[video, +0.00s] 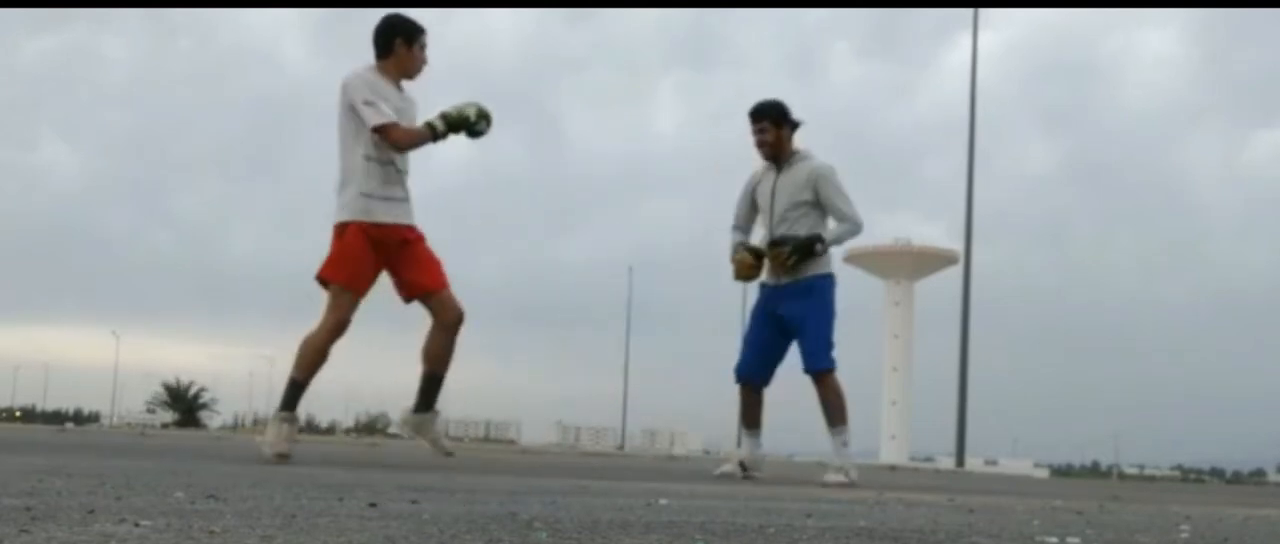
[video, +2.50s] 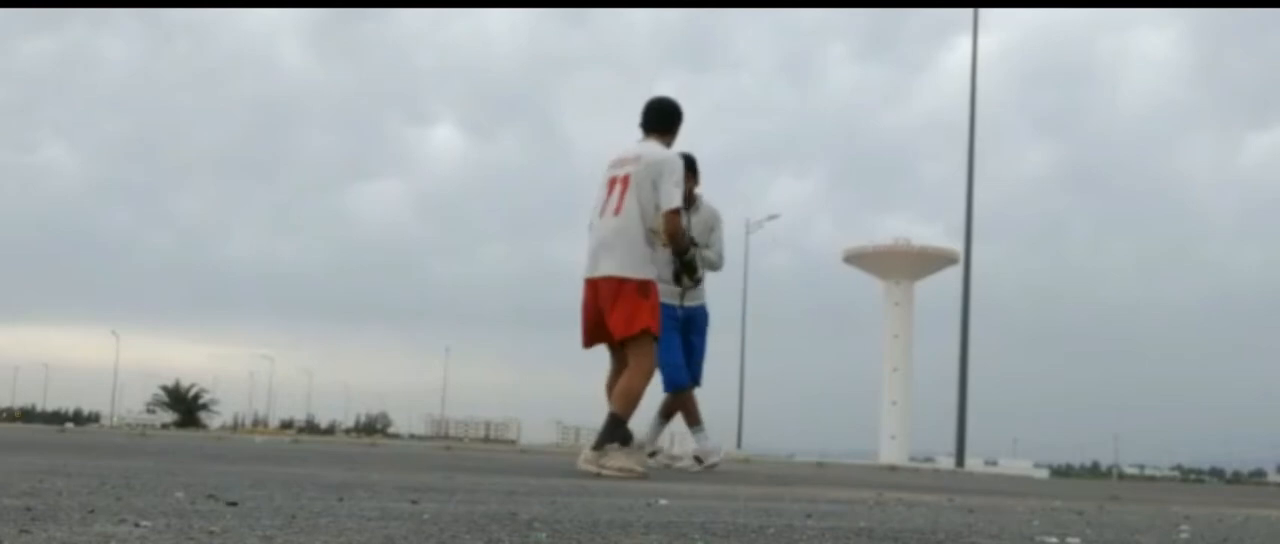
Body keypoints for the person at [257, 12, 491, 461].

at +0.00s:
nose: (425, 58)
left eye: (425, 50)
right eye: (421, 48)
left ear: (401, 49)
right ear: (399, 47)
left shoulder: (406, 100)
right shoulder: (360, 83)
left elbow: (401, 146)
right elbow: (396, 138)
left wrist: (449, 128)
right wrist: (443, 125)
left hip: (400, 226)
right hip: (360, 223)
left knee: (450, 315)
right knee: (335, 321)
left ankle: (422, 416)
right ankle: (284, 417)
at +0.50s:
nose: (544, 89)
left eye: (544, 81)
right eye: (540, 80)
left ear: (522, 80)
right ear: (520, 79)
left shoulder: (523, 131)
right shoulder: (480, 117)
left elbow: (505, 191)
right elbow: (474, 182)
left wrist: (532, 236)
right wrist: (528, 190)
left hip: (517, 247)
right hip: (481, 245)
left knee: (540, 343)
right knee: (470, 339)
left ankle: (526, 443)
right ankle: (416, 426)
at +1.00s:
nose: (615, 118)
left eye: (616, 110)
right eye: (613, 109)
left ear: (592, 107)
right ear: (597, 106)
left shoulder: (585, 153)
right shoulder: (564, 144)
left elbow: (577, 220)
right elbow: (559, 212)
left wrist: (607, 265)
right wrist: (611, 235)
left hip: (587, 272)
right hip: (558, 268)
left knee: (629, 353)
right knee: (556, 360)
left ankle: (616, 450)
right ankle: (480, 433)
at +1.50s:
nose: (636, 94)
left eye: (637, 85)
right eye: (635, 84)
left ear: (608, 78)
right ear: (623, 80)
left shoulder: (604, 119)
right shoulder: (594, 107)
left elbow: (595, 182)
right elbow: (575, 169)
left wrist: (618, 227)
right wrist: (608, 215)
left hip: (599, 241)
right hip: (578, 237)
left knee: (619, 337)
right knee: (580, 331)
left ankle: (618, 436)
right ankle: (524, 426)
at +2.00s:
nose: (644, 117)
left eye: (644, 110)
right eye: (644, 109)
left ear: (607, 106)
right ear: (637, 107)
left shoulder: (587, 145)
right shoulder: (615, 139)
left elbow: (564, 208)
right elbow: (605, 194)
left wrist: (578, 251)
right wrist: (634, 229)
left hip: (585, 263)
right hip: (594, 264)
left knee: (627, 354)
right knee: (593, 353)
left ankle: (606, 445)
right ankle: (532, 442)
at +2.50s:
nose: (676, 136)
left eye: (673, 130)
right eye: (677, 130)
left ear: (643, 125)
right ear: (675, 129)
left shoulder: (618, 161)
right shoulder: (666, 160)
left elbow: (607, 217)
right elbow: (671, 222)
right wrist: (685, 256)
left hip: (599, 269)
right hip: (632, 270)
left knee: (621, 360)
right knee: (643, 361)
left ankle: (619, 443)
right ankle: (603, 447)